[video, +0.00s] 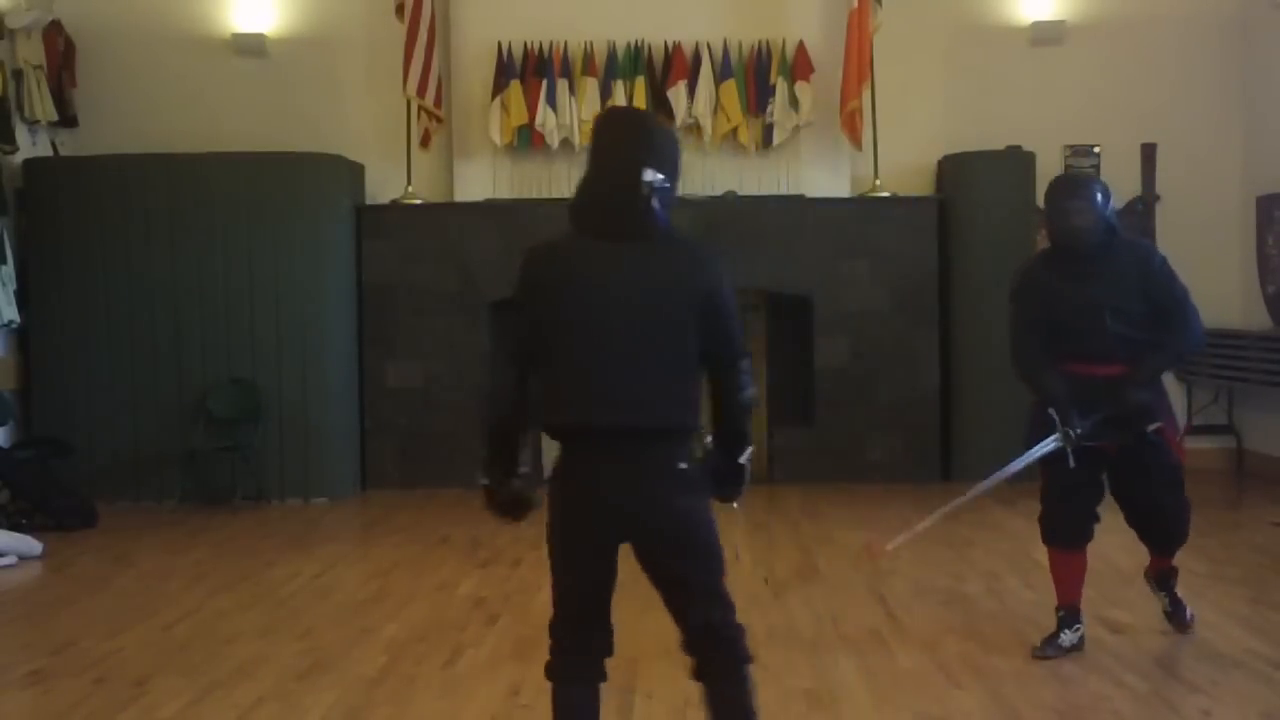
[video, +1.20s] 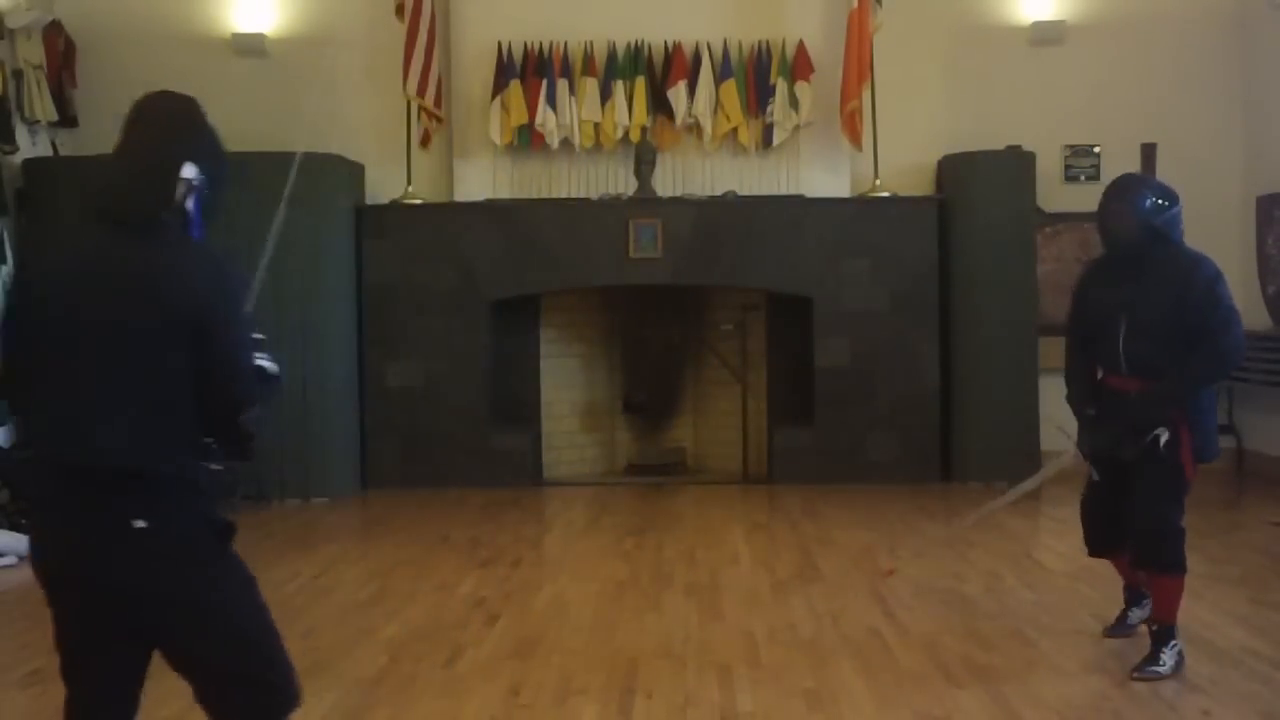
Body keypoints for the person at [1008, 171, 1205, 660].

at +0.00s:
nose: (1078, 225)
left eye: (1086, 213)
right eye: (1067, 214)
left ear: (1106, 213)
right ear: (1049, 220)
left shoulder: (1140, 261)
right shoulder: (1035, 277)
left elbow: (1188, 332)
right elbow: (1026, 353)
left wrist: (1137, 379)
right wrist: (1061, 400)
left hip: (1136, 407)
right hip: (1067, 410)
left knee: (1167, 514)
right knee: (1064, 518)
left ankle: (1161, 577)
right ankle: (1069, 624)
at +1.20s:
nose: (1110, 227)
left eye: (1122, 217)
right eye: (1106, 217)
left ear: (1153, 218)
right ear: (1104, 221)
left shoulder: (1193, 274)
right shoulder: (1097, 276)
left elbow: (1226, 350)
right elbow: (1078, 351)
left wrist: (1164, 398)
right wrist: (1087, 411)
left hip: (1169, 421)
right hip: (1110, 419)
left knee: (1157, 525)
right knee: (1105, 518)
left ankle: (1166, 640)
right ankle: (1139, 596)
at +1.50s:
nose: (1124, 230)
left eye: (1133, 219)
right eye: (1119, 220)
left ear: (1161, 216)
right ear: (1116, 224)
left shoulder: (1205, 267)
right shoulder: (1115, 279)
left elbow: (1223, 345)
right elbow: (1099, 350)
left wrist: (1170, 397)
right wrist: (1097, 402)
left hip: (1195, 415)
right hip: (1134, 415)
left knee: (1198, 512)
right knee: (1125, 512)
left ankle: (1221, 613)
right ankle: (1147, 607)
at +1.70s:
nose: (1145, 230)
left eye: (1152, 219)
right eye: (1144, 221)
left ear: (1180, 217)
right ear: (1153, 224)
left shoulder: (1230, 266)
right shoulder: (1152, 280)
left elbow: (1237, 343)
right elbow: (1137, 346)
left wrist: (1179, 380)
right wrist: (1123, 392)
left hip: (1230, 404)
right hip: (1171, 405)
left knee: (1241, 500)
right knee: (1147, 502)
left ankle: (1279, 577)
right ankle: (1149, 605)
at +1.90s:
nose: (1191, 229)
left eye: (1200, 219)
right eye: (1190, 219)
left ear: (1224, 219)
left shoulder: (1261, 272)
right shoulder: (1198, 276)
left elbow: (1261, 347)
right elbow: (1183, 345)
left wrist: (1206, 396)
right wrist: (1171, 393)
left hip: (1259, 420)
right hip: (1208, 417)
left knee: (1272, 519)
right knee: (1189, 507)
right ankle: (1166, 595)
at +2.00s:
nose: (1208, 225)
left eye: (1215, 215)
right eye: (1206, 215)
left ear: (1239, 214)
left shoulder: (1263, 265)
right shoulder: (1213, 269)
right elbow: (1196, 339)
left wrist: (1195, 398)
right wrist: (1191, 391)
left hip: (1262, 411)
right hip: (1222, 408)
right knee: (1206, 495)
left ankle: (1199, 589)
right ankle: (1198, 590)